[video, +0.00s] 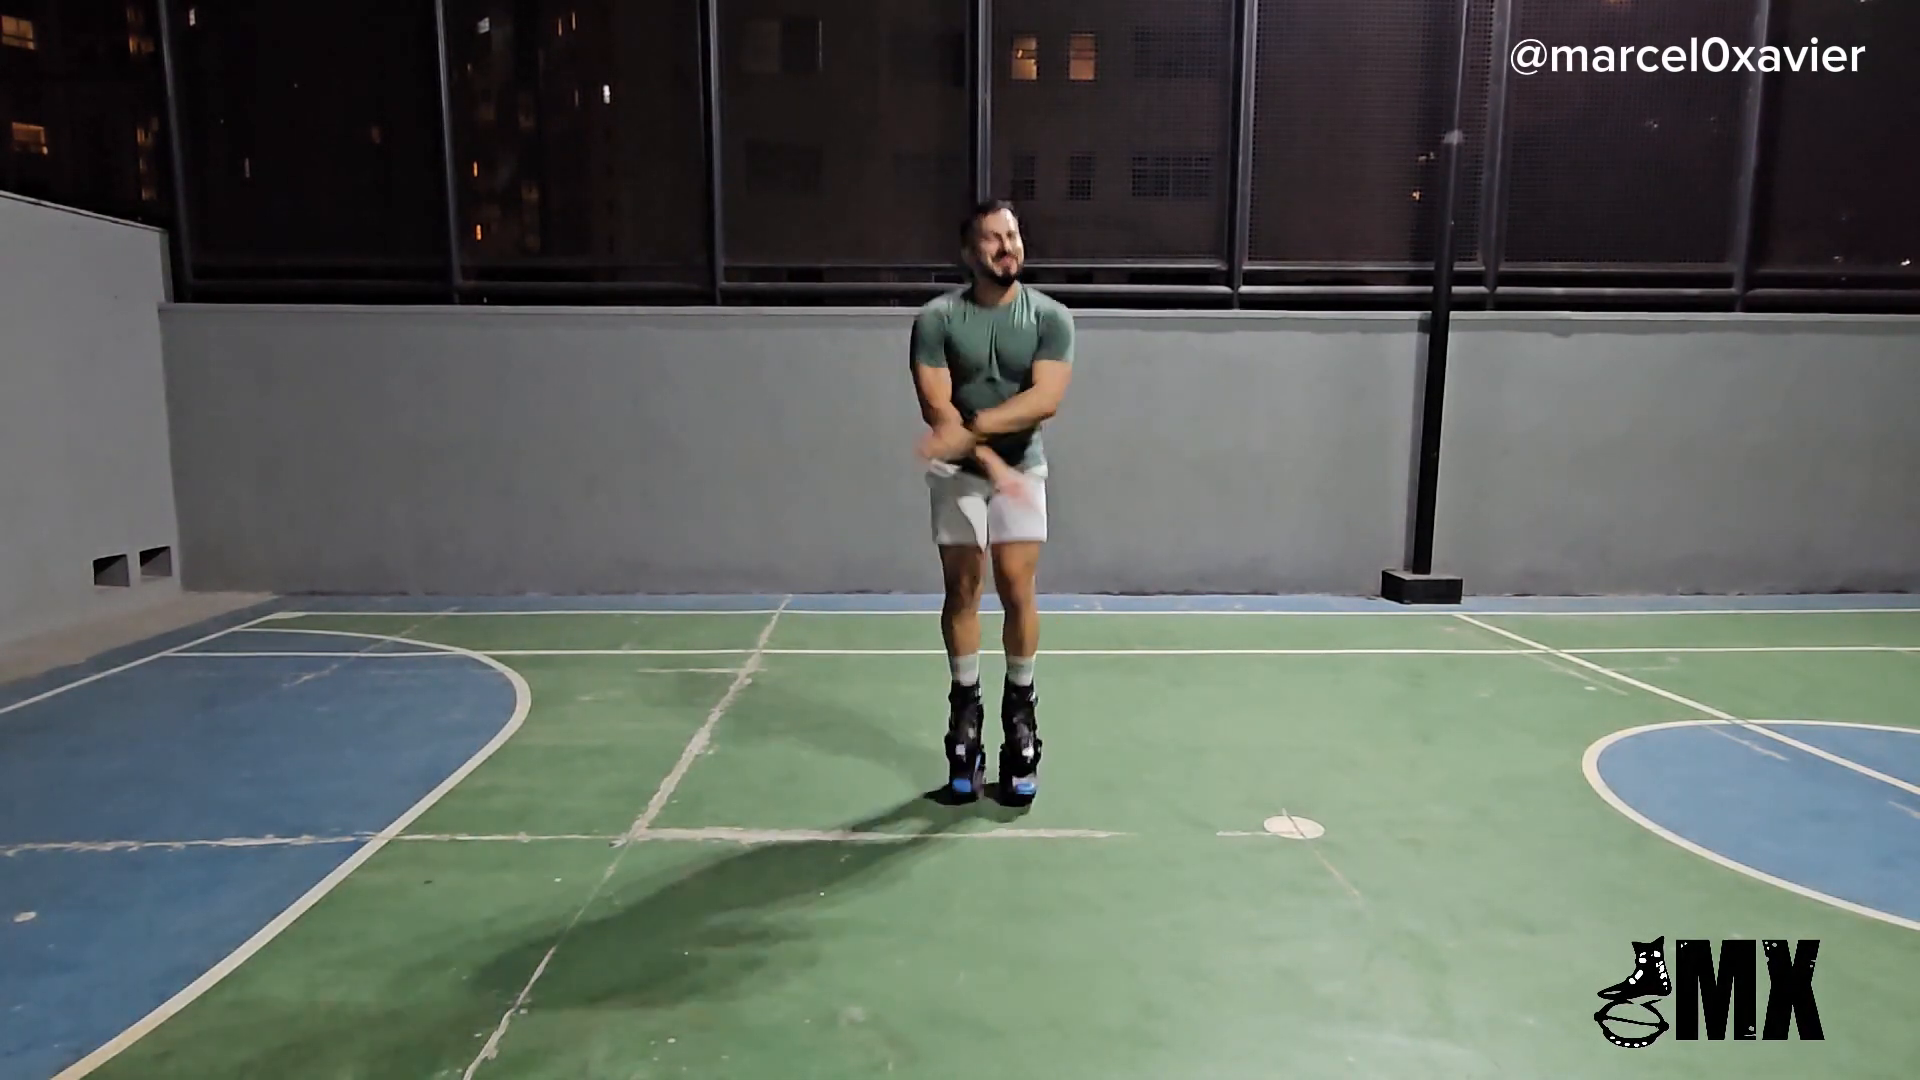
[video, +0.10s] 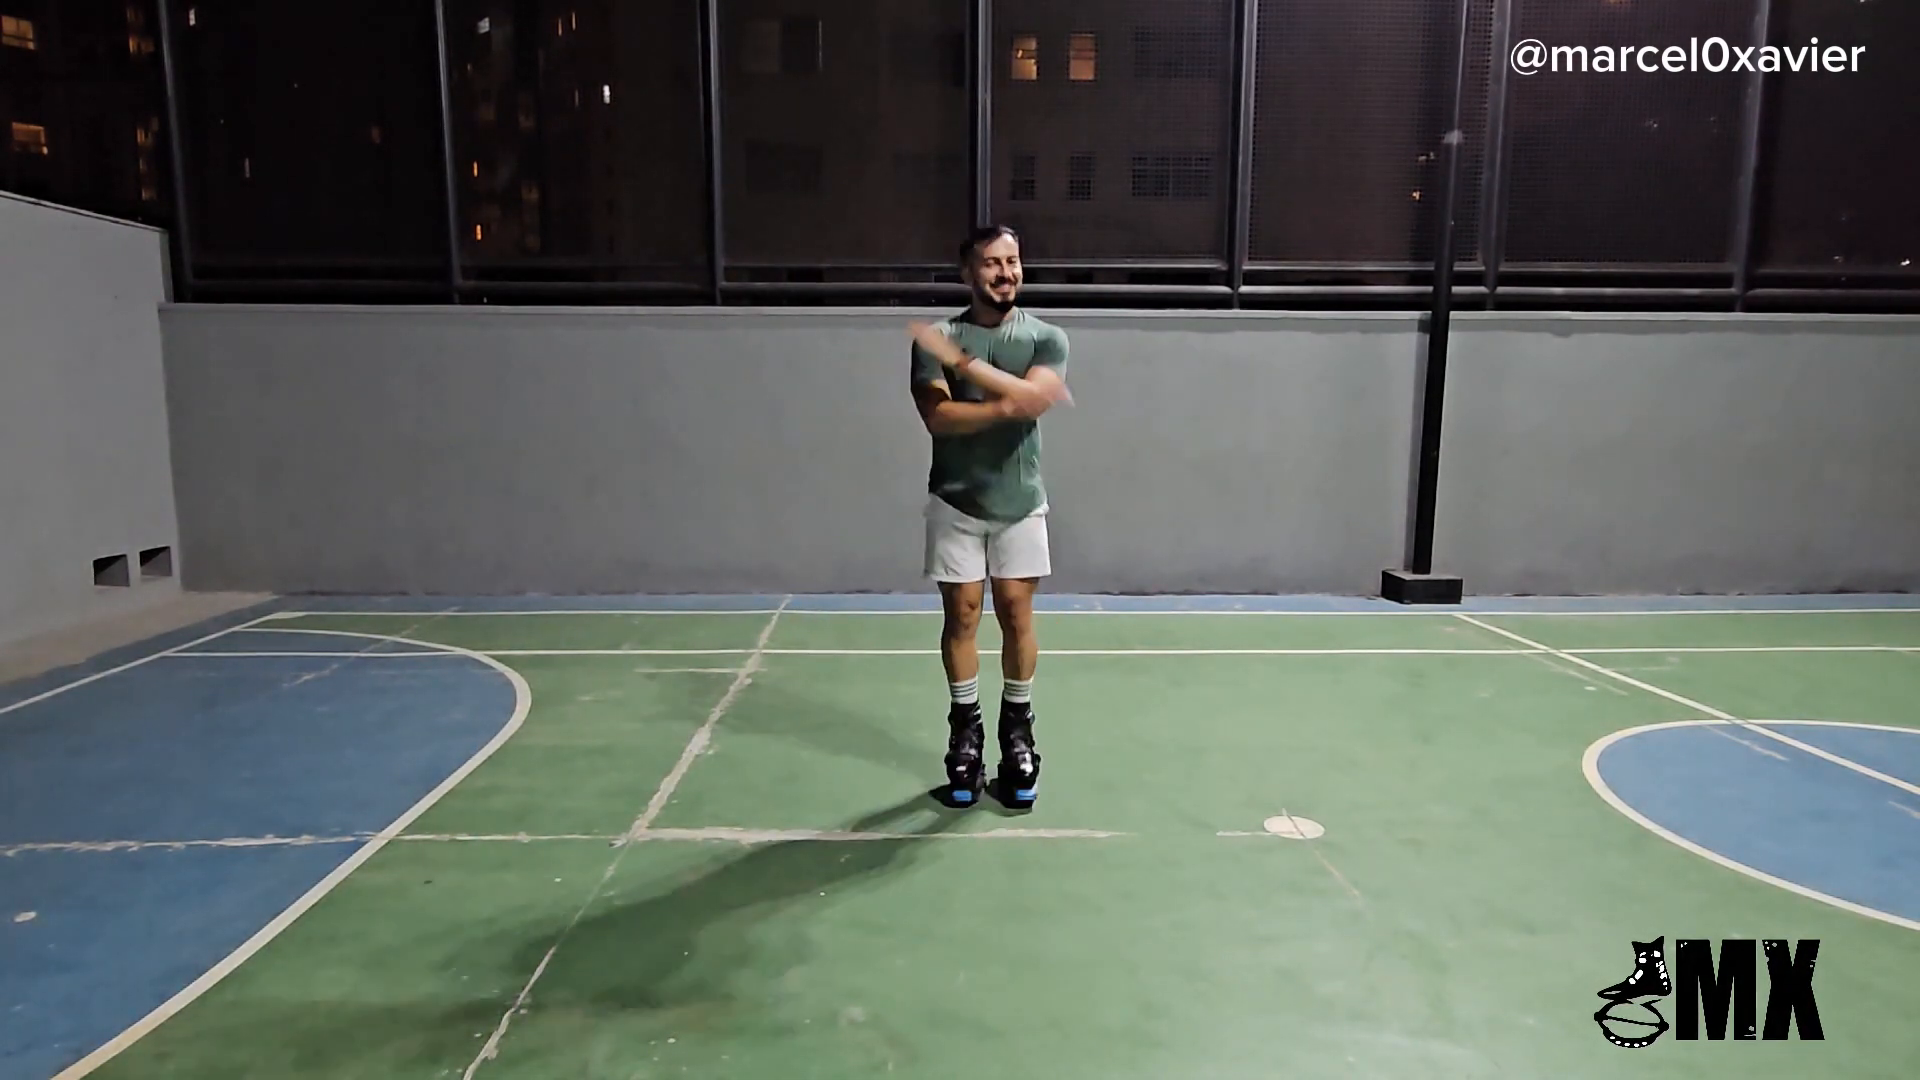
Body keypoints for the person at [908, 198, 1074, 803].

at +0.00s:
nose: (1007, 247)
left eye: (1012, 236)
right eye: (993, 239)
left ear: (1023, 244)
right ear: (970, 252)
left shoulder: (1050, 318)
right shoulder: (937, 320)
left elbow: (1045, 400)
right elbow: (941, 413)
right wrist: (994, 464)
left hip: (1022, 465)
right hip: (957, 465)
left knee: (1016, 585)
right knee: (963, 586)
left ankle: (1020, 718)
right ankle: (965, 719)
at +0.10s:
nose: (1004, 272)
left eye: (1011, 262)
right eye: (991, 263)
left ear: (1022, 270)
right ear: (969, 273)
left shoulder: (1046, 339)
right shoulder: (937, 340)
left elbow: (1032, 400)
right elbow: (937, 418)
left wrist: (957, 358)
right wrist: (1013, 405)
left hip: (1018, 500)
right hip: (955, 499)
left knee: (1014, 608)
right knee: (962, 613)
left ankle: (1017, 736)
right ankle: (965, 739)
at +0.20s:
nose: (994, 238)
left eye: (1003, 226)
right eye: (983, 228)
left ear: (1016, 229)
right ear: (964, 232)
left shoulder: (1045, 296)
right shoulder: (928, 297)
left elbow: (1068, 377)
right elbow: (907, 380)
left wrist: (1029, 342)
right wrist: (942, 369)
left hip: (1017, 462)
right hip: (951, 463)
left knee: (1017, 576)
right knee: (955, 578)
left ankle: (1021, 706)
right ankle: (959, 714)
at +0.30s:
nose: (984, 229)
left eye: (994, 217)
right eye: (973, 218)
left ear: (1008, 211)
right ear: (955, 216)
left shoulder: (1042, 278)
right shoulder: (920, 281)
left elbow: (1080, 353)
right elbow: (885, 351)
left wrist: (1104, 384)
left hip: (1016, 440)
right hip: (947, 441)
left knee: (1025, 559)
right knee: (941, 559)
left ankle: (1033, 680)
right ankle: (938, 688)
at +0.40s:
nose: (979, 247)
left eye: (988, 235)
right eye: (967, 236)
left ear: (1004, 227)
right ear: (950, 232)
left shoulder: (1037, 293)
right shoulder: (916, 300)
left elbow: (1087, 374)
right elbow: (865, 379)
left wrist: (1139, 436)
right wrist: (812, 444)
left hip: (1017, 451)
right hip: (944, 454)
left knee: (1036, 568)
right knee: (927, 570)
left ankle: (1050, 689)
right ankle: (909, 699)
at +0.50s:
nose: (978, 289)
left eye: (987, 278)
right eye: (968, 279)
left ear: (1003, 274)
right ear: (950, 277)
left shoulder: (1032, 338)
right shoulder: (915, 345)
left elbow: (1089, 394)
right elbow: (853, 403)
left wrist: (1163, 428)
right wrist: (782, 448)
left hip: (1011, 494)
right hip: (940, 497)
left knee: (1038, 605)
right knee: (920, 610)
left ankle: (1062, 727)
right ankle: (889, 736)